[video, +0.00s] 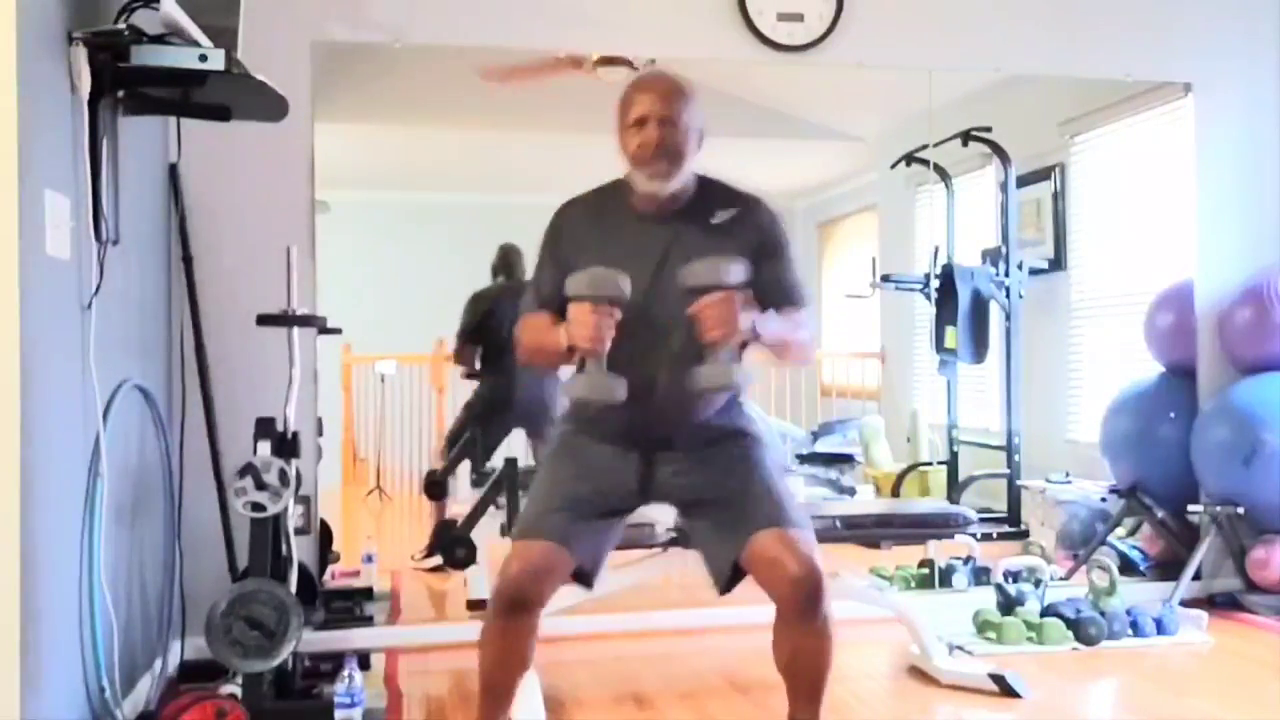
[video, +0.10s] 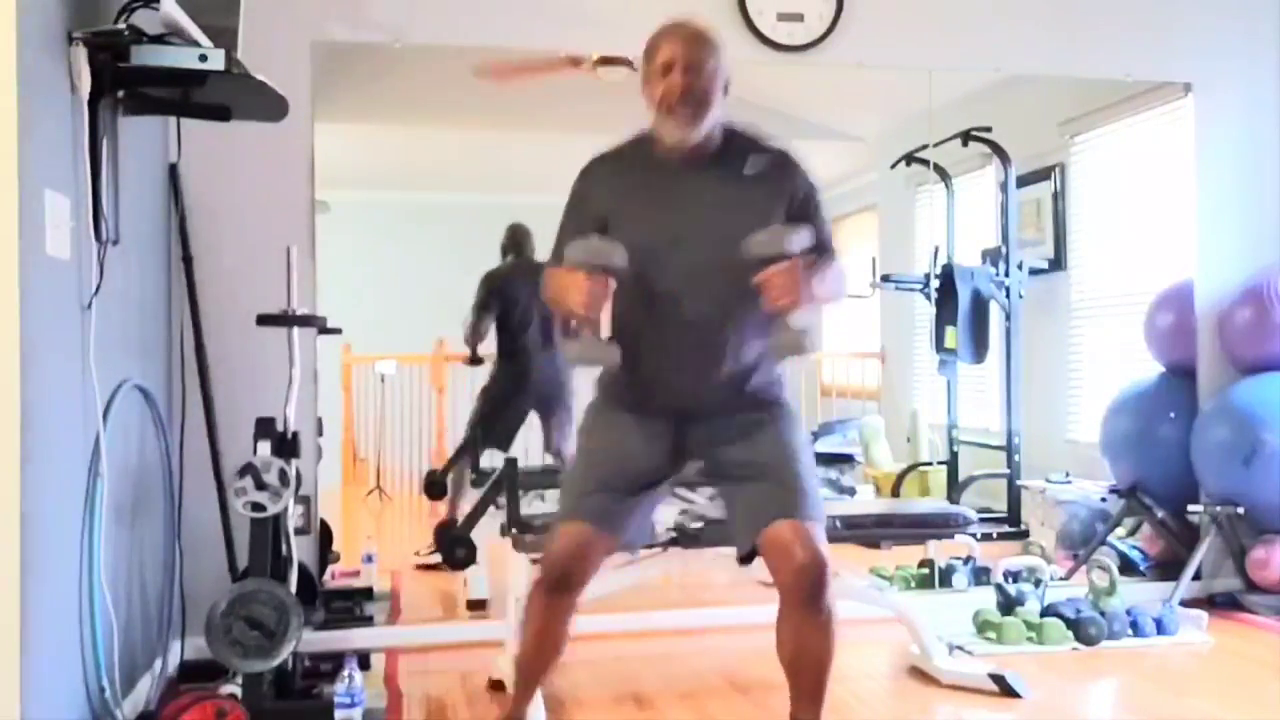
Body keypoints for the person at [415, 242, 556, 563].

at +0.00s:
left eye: (500, 265)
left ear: (494, 268)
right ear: (524, 266)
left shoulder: (484, 299)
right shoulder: (543, 297)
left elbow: (464, 355)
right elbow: (563, 347)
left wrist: (475, 368)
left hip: (497, 391)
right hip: (540, 390)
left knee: (451, 449)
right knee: (549, 458)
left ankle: (439, 531)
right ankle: (554, 527)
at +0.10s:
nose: (509, 252)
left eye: (506, 246)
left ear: (505, 248)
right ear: (532, 246)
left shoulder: (496, 278)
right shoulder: (552, 275)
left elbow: (478, 331)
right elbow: (570, 324)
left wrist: (473, 351)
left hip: (513, 373)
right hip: (551, 370)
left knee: (472, 441)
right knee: (562, 448)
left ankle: (453, 517)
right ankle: (578, 512)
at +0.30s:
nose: (517, 233)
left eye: (517, 229)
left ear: (518, 230)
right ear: (546, 229)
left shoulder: (515, 254)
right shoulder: (567, 253)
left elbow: (508, 296)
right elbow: (593, 295)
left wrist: (480, 319)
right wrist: (592, 328)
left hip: (532, 358)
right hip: (570, 358)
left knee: (501, 436)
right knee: (567, 439)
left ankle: (512, 505)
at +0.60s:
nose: (531, 226)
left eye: (531, 223)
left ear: (532, 224)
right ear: (559, 221)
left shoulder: (526, 252)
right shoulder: (589, 248)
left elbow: (511, 305)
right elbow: (623, 295)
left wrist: (504, 322)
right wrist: (597, 305)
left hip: (554, 353)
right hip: (594, 352)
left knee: (539, 435)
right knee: (591, 428)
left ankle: (544, 494)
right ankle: (599, 479)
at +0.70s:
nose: (537, 239)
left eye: (538, 235)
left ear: (540, 236)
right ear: (567, 234)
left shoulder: (535, 265)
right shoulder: (598, 263)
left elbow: (518, 321)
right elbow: (620, 316)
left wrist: (520, 342)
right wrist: (590, 321)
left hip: (563, 365)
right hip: (603, 364)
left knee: (536, 443)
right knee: (607, 432)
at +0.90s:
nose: (561, 277)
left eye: (563, 273)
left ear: (564, 274)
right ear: (590, 274)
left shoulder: (561, 304)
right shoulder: (614, 301)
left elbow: (548, 354)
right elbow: (627, 344)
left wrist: (541, 371)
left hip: (584, 397)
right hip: (625, 396)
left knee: (529, 453)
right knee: (624, 457)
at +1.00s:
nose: (567, 276)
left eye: (569, 272)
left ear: (571, 273)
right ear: (599, 273)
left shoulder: (575, 300)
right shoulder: (627, 299)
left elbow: (557, 354)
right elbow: (643, 347)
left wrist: (543, 355)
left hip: (598, 393)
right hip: (637, 391)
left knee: (539, 449)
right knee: (629, 453)